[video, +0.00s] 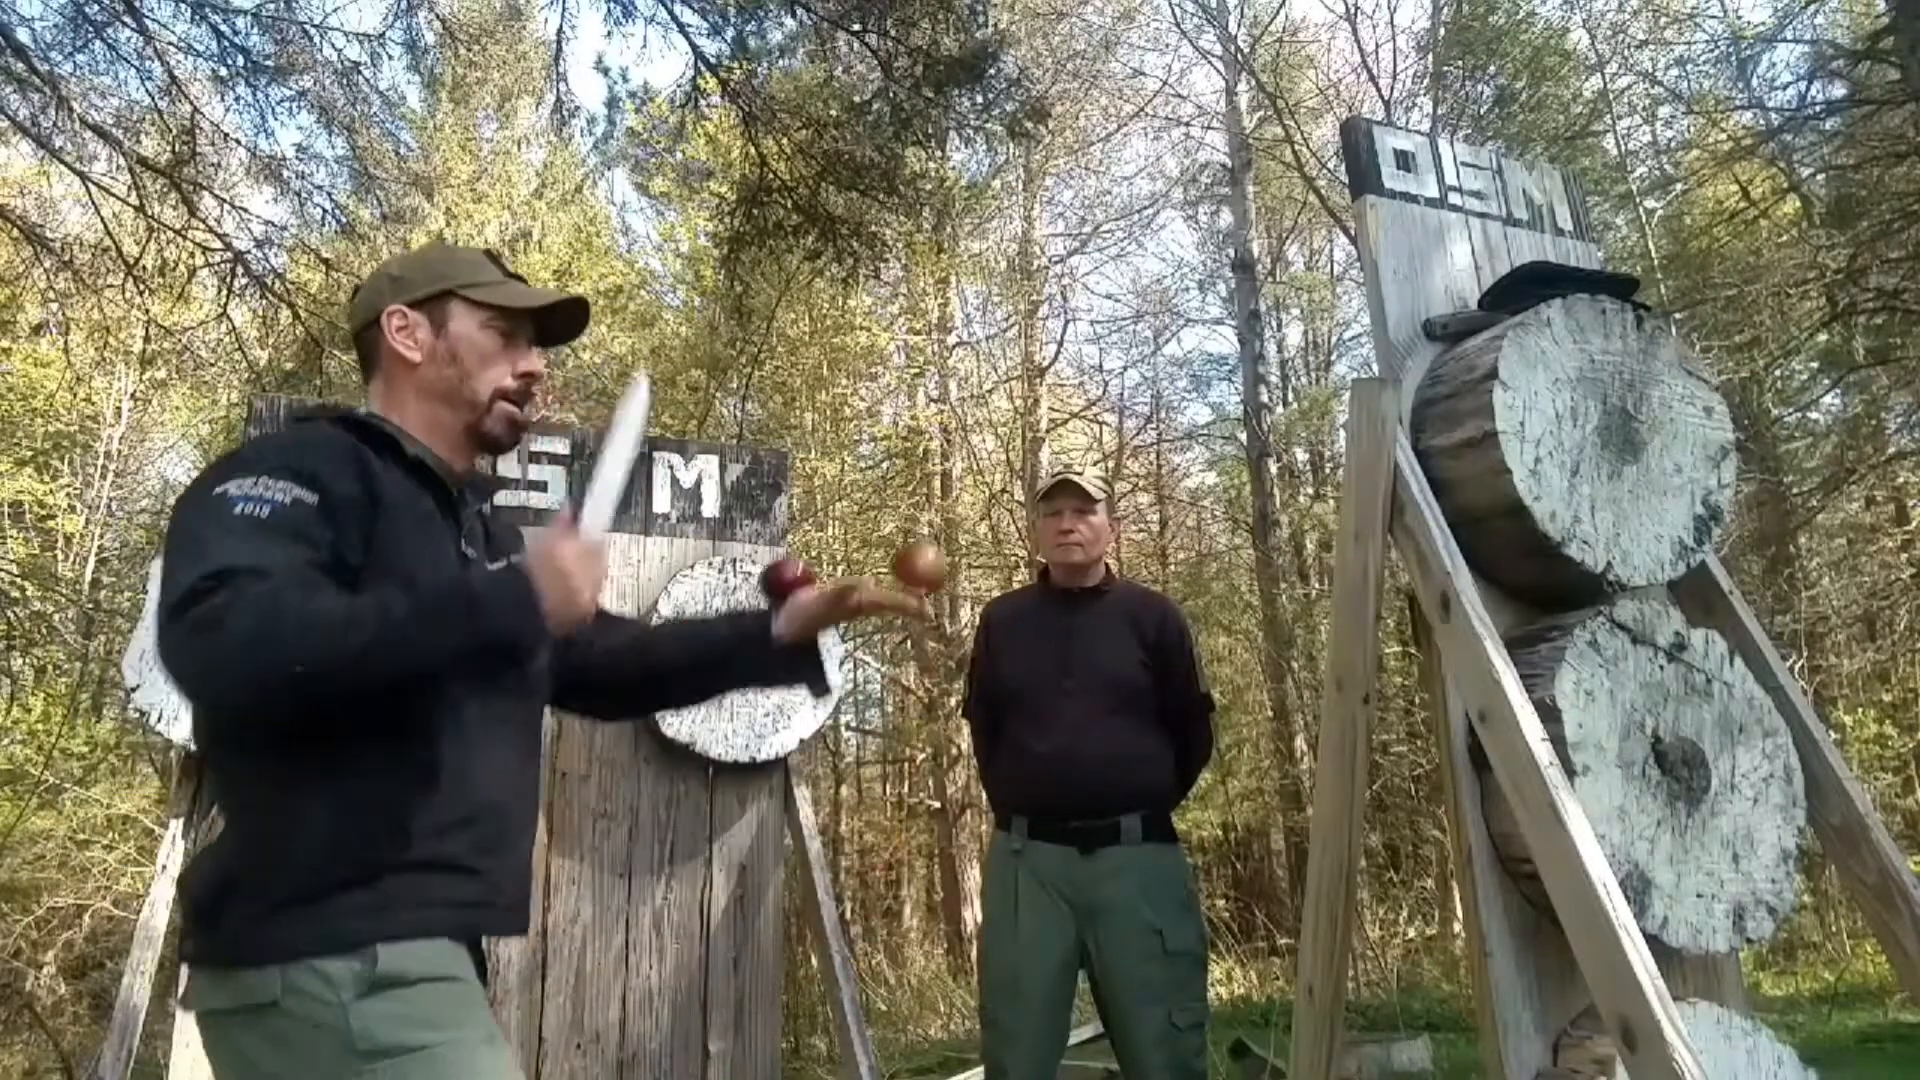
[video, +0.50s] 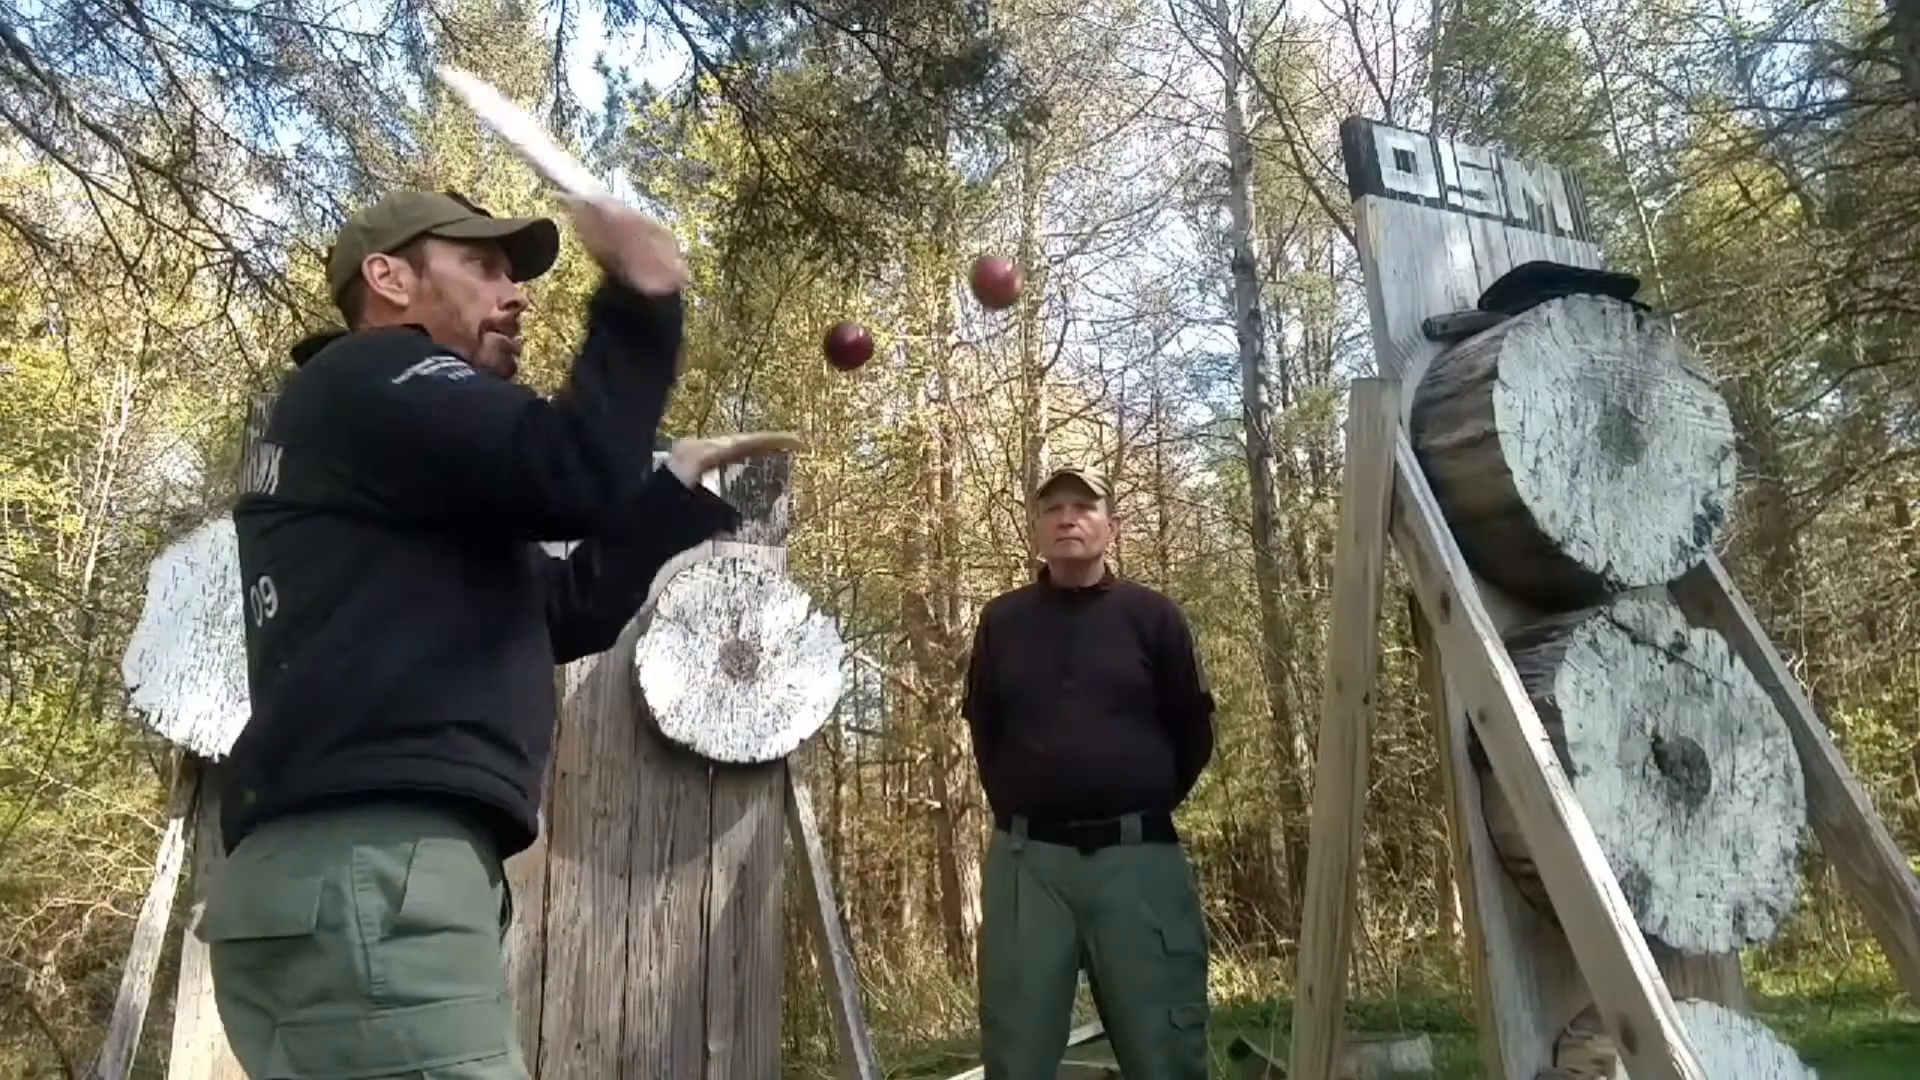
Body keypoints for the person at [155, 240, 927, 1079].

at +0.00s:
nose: (537, 370)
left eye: (538, 347)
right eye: (507, 334)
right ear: (410, 336)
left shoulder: (478, 530)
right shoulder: (292, 468)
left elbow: (598, 665)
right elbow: (234, 649)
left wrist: (780, 631)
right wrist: (518, 600)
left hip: (411, 962)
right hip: (338, 970)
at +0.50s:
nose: (517, 293)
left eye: (514, 271)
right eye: (484, 264)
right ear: (392, 280)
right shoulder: (365, 379)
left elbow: (573, 607)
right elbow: (579, 469)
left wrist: (679, 482)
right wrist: (641, 298)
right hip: (370, 888)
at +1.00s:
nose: (536, 304)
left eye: (532, 286)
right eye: (503, 281)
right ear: (410, 299)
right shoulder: (408, 403)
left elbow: (560, 663)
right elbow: (477, 645)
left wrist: (557, 489)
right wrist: (697, 682)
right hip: (402, 901)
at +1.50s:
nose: (671, 396)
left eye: (672, 373)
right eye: (643, 360)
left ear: (545, 373)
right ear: (545, 366)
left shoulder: (438, 489)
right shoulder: (507, 488)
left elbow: (674, 649)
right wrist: (754, 435)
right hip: (440, 1007)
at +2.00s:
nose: (790, 429)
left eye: (796, 402)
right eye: (770, 393)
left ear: (666, 389)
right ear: (669, 378)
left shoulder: (516, 507)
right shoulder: (682, 526)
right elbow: (867, 711)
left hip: (365, 1005)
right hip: (536, 1008)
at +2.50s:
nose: (907, 460)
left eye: (914, 430)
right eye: (897, 417)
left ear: (797, 387)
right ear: (806, 384)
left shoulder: (587, 486)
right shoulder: (809, 536)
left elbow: (529, 734)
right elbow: (772, 808)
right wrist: (742, 977)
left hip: (389, 985)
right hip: (593, 1000)